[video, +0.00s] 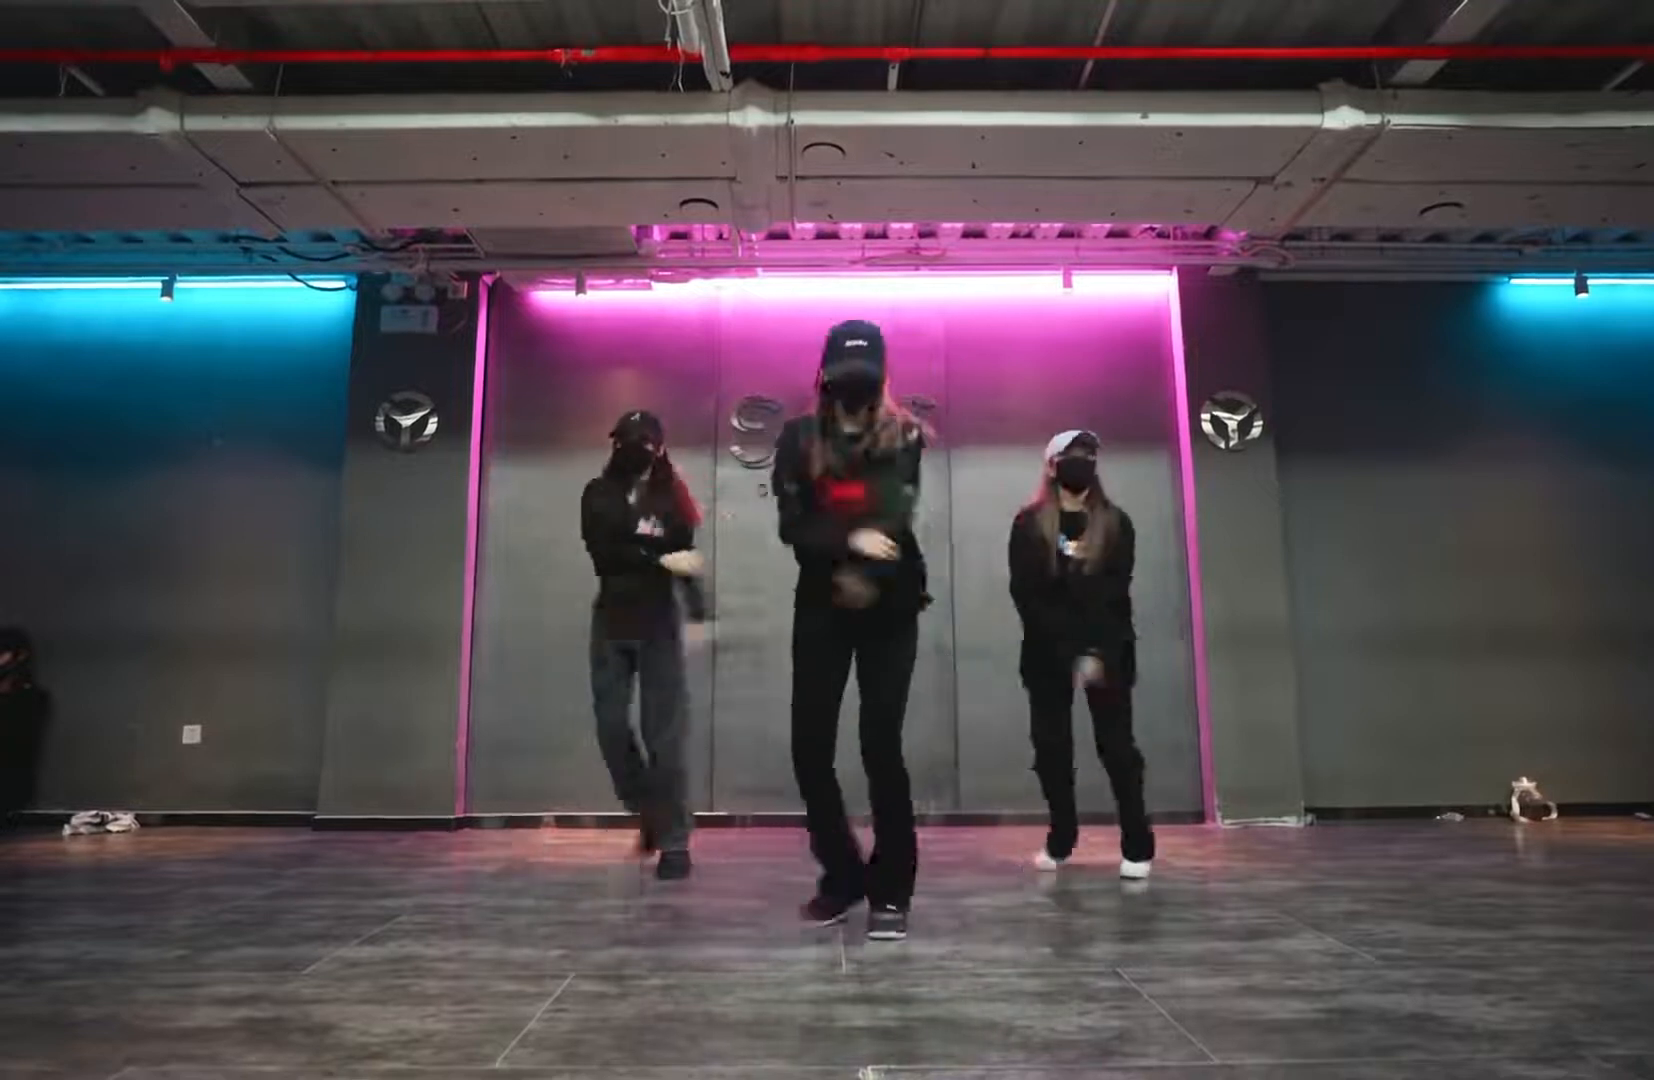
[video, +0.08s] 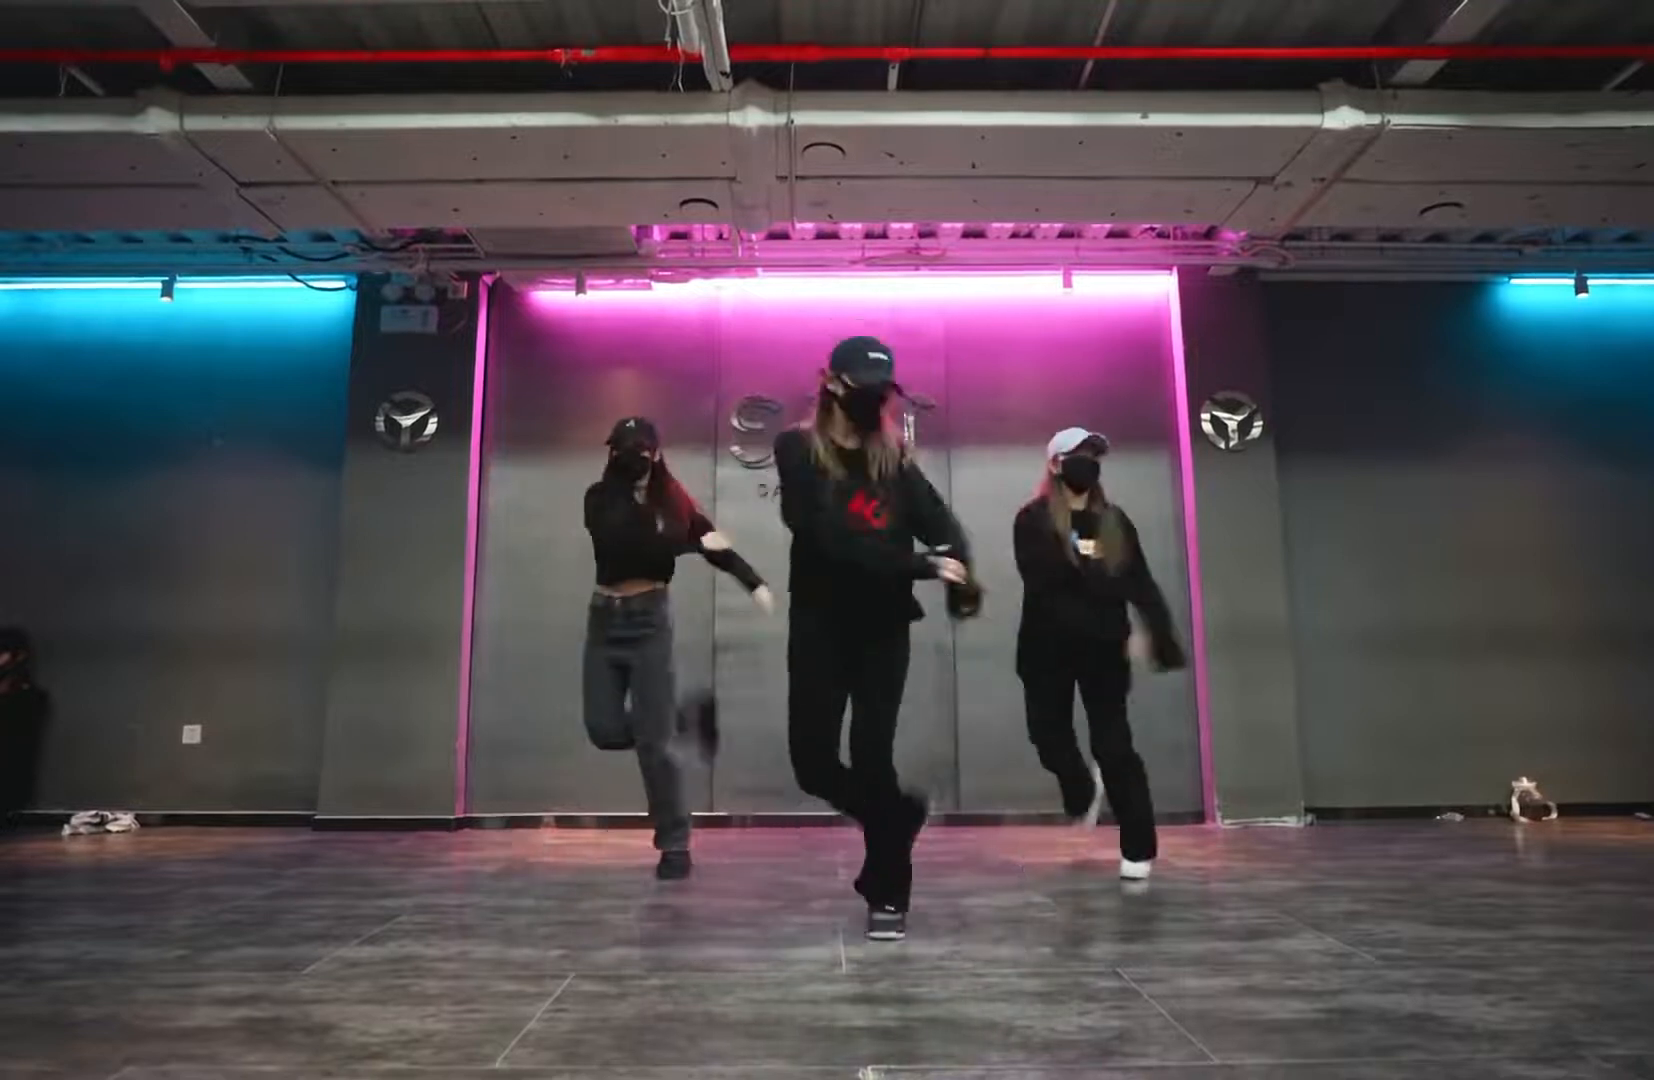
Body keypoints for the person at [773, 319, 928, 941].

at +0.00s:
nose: (851, 397)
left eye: (863, 386)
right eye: (842, 385)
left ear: (880, 382)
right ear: (825, 381)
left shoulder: (899, 436)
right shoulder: (798, 438)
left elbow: (897, 516)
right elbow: (793, 526)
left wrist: (865, 570)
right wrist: (849, 537)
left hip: (888, 604)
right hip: (821, 604)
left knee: (879, 747)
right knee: (811, 753)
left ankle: (891, 891)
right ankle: (843, 878)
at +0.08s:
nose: (873, 404)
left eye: (879, 395)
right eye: (862, 393)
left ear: (884, 395)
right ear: (833, 385)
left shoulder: (889, 459)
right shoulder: (798, 448)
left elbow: (939, 521)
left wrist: (957, 569)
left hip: (883, 630)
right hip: (819, 630)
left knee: (873, 761)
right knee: (813, 767)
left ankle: (888, 900)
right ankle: (899, 814)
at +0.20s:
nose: (866, 424)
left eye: (873, 412)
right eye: (856, 411)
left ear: (879, 407)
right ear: (825, 399)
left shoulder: (876, 470)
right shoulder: (788, 453)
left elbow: (908, 537)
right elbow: (801, 532)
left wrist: (905, 599)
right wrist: (891, 558)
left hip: (870, 629)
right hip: (807, 631)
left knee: (874, 759)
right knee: (793, 772)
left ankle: (889, 896)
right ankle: (882, 747)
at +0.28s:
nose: (846, 419)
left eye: (855, 408)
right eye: (836, 408)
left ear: (870, 407)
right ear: (815, 405)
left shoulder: (875, 469)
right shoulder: (784, 453)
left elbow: (850, 527)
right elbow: (758, 513)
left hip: (862, 631)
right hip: (801, 629)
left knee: (857, 765)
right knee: (743, 750)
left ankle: (889, 894)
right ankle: (823, 782)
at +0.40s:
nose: (809, 416)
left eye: (820, 406)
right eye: (802, 405)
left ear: (835, 408)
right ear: (788, 404)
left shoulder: (839, 461)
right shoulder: (768, 465)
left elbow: (781, 455)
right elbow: (710, 462)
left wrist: (716, 430)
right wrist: (677, 424)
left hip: (838, 632)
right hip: (780, 629)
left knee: (838, 760)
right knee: (684, 727)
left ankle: (889, 890)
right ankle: (687, 872)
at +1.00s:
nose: (772, 406)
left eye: (782, 396)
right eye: (763, 398)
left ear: (805, 400)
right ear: (754, 408)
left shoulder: (837, 452)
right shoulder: (750, 474)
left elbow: (843, 416)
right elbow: (688, 447)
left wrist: (757, 416)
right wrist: (690, 383)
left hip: (855, 621)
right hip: (794, 625)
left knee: (860, 757)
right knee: (713, 743)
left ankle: (888, 892)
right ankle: (678, 889)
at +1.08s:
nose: (789, 430)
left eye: (798, 416)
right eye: (780, 417)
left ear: (821, 411)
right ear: (769, 417)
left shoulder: (861, 459)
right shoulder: (759, 474)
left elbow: (894, 406)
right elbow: (697, 442)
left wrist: (811, 410)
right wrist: (705, 374)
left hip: (868, 629)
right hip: (803, 630)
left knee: (863, 757)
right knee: (724, 744)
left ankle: (887, 892)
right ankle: (693, 888)